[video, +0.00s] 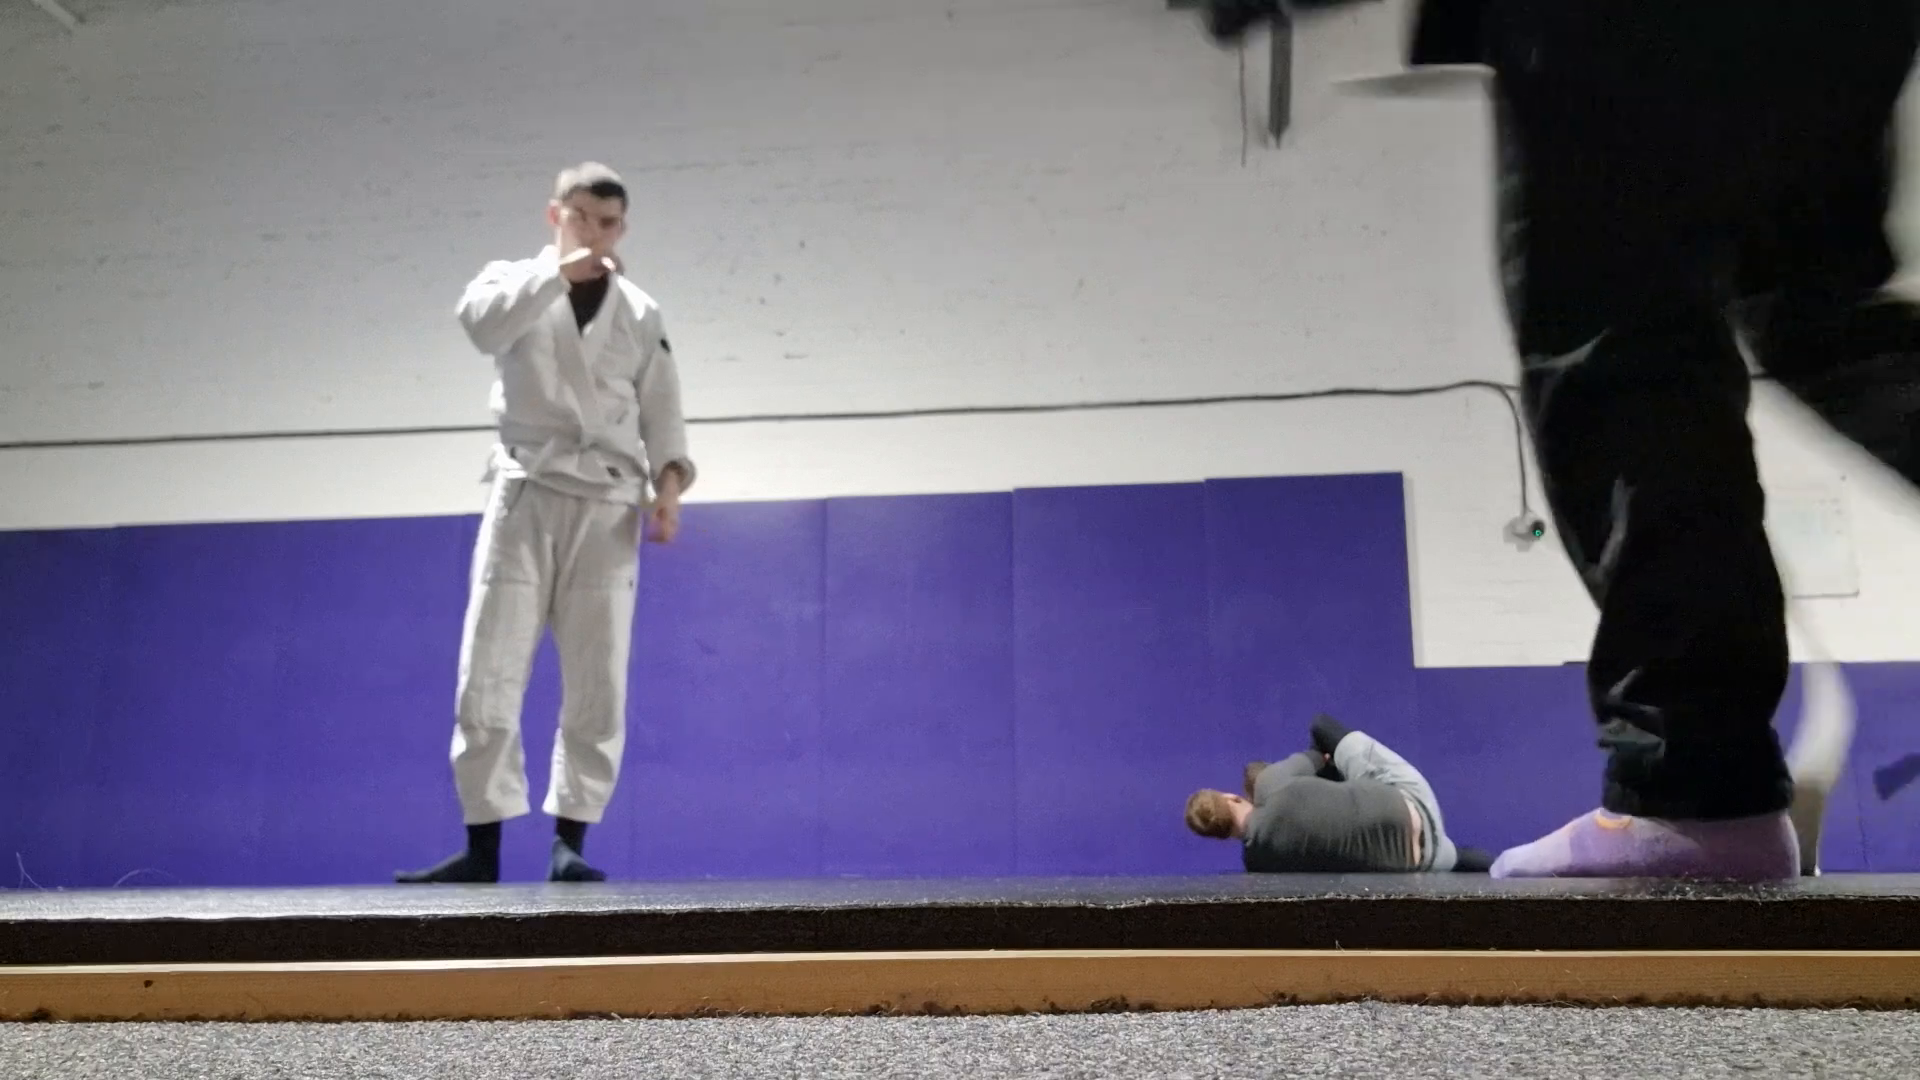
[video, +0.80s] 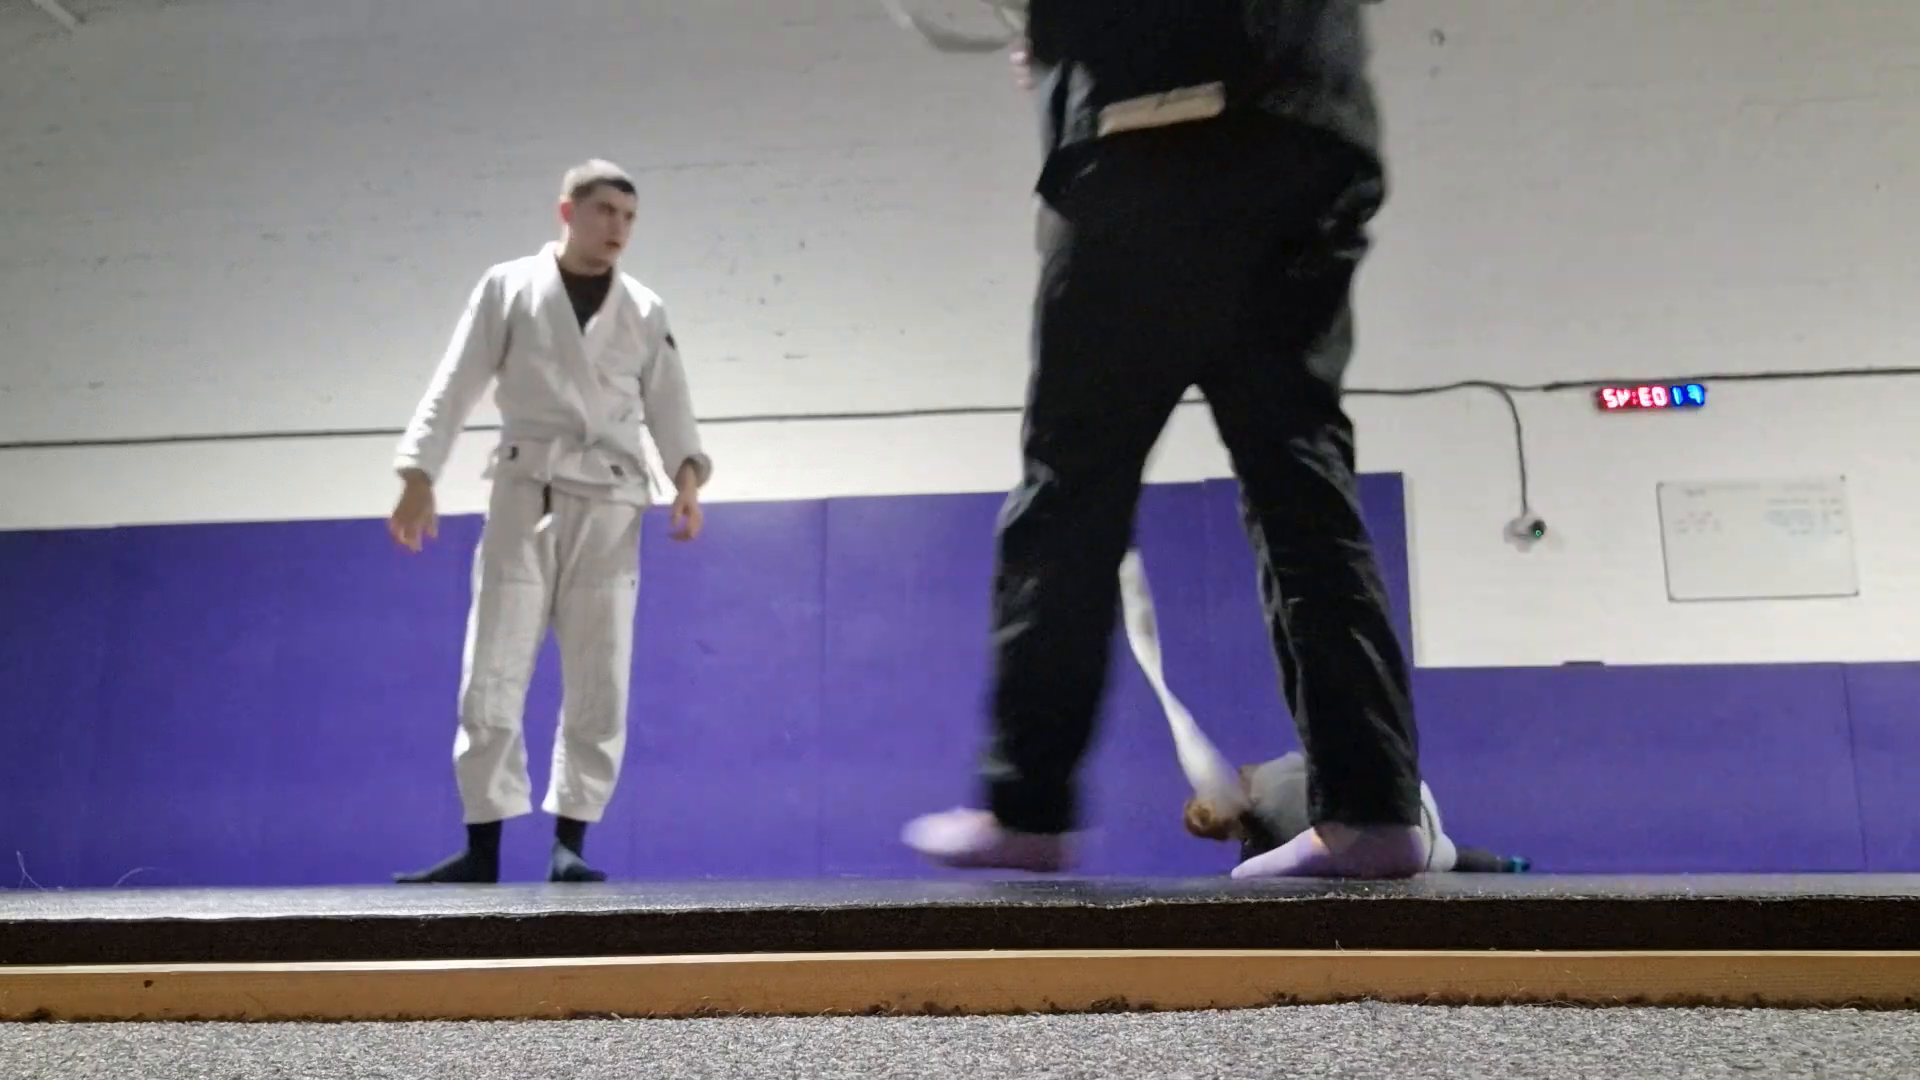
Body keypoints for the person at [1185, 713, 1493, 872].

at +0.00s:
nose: (1230, 791)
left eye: (1226, 792)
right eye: (1227, 792)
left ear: (1216, 838)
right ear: (1231, 797)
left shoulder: (1257, 862)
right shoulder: (1274, 783)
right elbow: (1320, 759)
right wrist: (1264, 775)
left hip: (1423, 862)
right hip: (1416, 808)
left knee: (1459, 855)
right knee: (1323, 727)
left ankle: (1513, 866)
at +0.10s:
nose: (1230, 793)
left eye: (1225, 793)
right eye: (1227, 793)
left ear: (1216, 840)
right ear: (1230, 797)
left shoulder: (1258, 864)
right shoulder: (1274, 782)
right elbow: (1321, 758)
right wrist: (1265, 775)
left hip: (1423, 863)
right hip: (1416, 808)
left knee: (1458, 856)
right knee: (1324, 727)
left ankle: (1514, 866)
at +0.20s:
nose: (1232, 795)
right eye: (1228, 795)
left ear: (1217, 841)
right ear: (1231, 798)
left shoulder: (1258, 864)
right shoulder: (1271, 781)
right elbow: (1317, 757)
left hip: (1422, 865)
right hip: (1415, 810)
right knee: (1342, 740)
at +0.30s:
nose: (1227, 795)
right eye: (1225, 797)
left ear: (1217, 841)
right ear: (1227, 798)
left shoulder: (1258, 865)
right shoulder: (1269, 785)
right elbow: (1317, 758)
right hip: (1386, 806)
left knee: (1458, 863)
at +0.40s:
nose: (1228, 795)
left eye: (1220, 825)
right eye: (1224, 795)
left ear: (1221, 836)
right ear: (1230, 795)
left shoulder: (1254, 854)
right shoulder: (1274, 773)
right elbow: (1327, 760)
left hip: (1416, 857)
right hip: (1410, 805)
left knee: (1452, 856)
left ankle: (1512, 869)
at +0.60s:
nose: (1229, 806)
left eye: (1218, 813)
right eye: (1224, 805)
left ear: (1217, 840)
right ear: (1229, 797)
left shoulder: (1261, 856)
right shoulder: (1276, 778)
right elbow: (1331, 764)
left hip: (1405, 861)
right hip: (1412, 809)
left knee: (1451, 859)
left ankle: (1506, 867)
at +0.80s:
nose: (1212, 815)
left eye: (1206, 811)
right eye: (1208, 819)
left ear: (1220, 800)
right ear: (1220, 821)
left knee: (1445, 855)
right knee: (1441, 848)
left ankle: (1503, 864)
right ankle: (1498, 862)